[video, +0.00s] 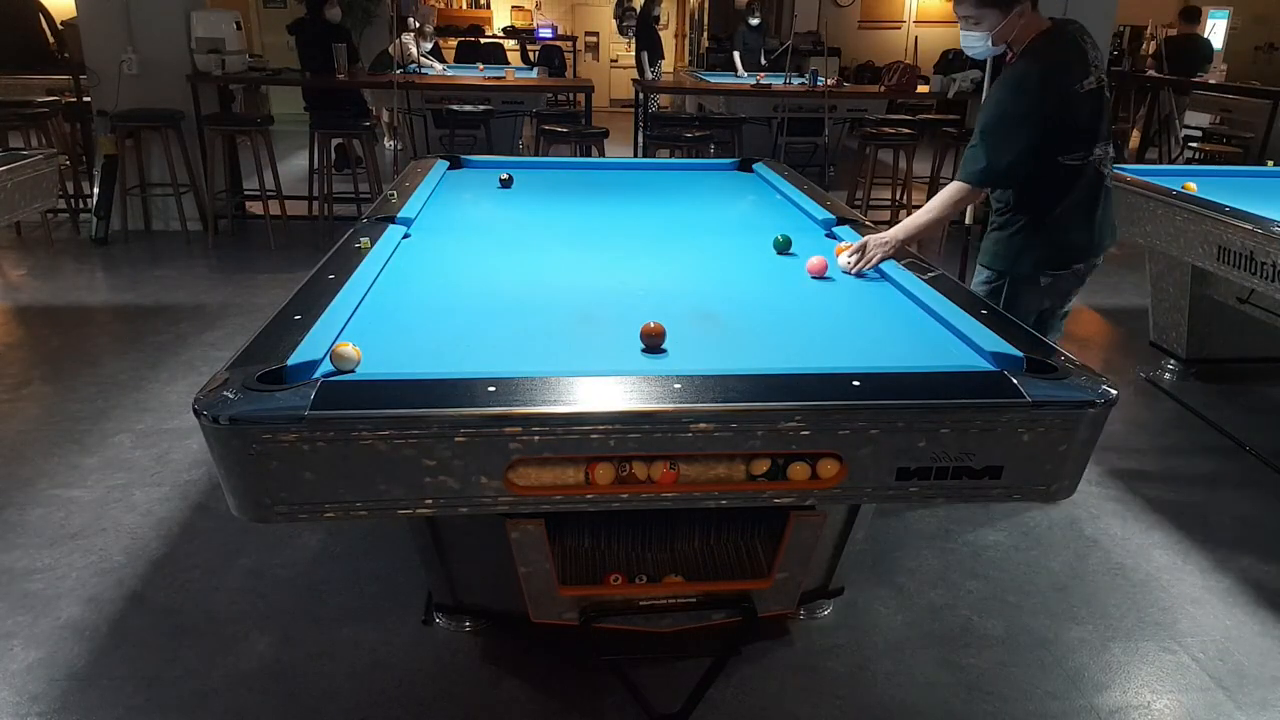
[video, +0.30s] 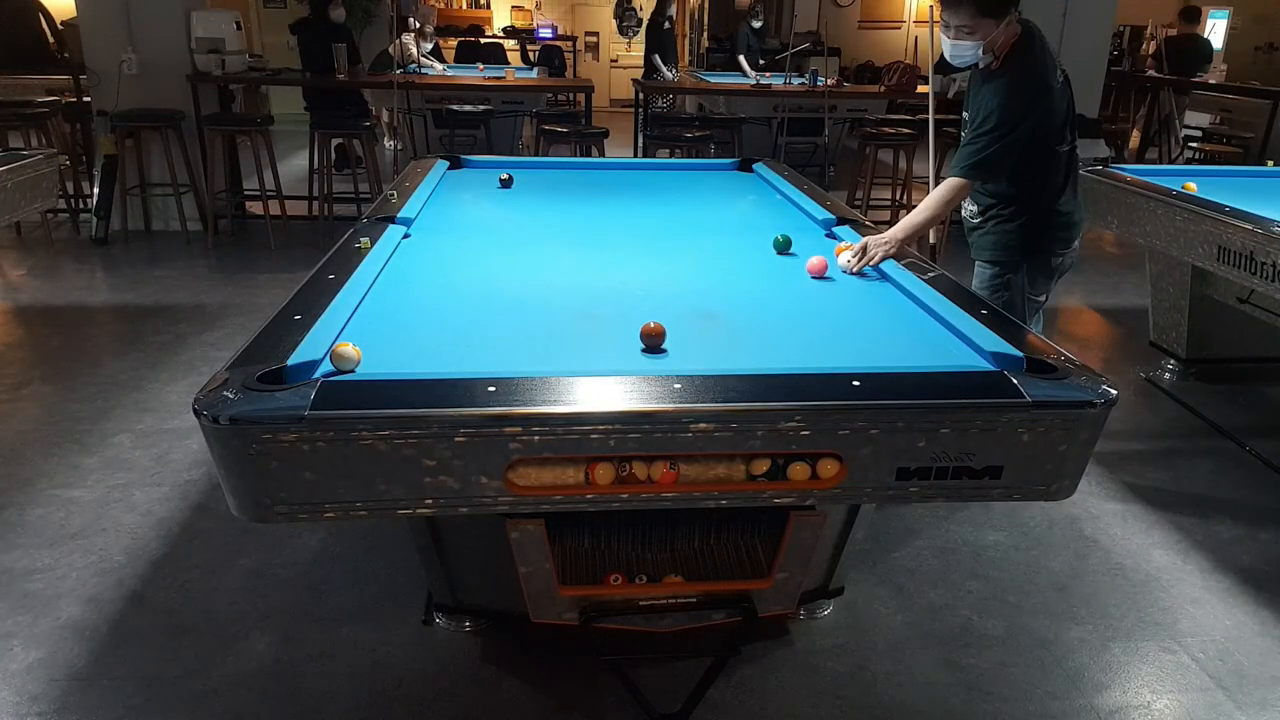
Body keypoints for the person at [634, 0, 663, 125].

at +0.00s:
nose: (660, 9)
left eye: (660, 6)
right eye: (658, 6)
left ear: (651, 6)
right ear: (652, 6)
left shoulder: (649, 23)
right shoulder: (644, 23)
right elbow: (642, 50)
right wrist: (647, 71)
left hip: (655, 63)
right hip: (649, 65)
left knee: (653, 97)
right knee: (649, 97)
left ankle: (650, 126)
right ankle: (646, 127)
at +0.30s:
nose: (675, 7)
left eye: (675, 4)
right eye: (674, 4)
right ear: (667, 6)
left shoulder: (669, 22)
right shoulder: (654, 23)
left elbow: (670, 48)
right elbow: (653, 52)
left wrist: (673, 68)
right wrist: (665, 72)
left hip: (670, 68)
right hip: (656, 70)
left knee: (668, 106)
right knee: (655, 106)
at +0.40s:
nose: (686, 7)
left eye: (686, 4)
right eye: (684, 4)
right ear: (677, 5)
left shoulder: (675, 20)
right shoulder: (670, 20)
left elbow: (675, 47)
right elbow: (668, 50)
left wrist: (686, 64)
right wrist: (686, 63)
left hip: (677, 67)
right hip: (672, 68)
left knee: (677, 102)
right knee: (676, 103)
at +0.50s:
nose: (694, 8)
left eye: (693, 5)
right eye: (693, 5)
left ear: (678, 5)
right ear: (687, 6)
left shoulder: (673, 20)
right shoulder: (683, 21)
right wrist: (698, 62)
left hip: (673, 67)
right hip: (682, 68)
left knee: (675, 101)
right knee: (683, 102)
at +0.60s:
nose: (700, 11)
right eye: (699, 8)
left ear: (683, 6)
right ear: (696, 9)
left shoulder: (671, 22)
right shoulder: (695, 25)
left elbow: (663, 51)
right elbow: (700, 56)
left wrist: (666, 68)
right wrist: (704, 70)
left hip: (670, 72)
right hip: (688, 74)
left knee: (674, 107)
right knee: (684, 108)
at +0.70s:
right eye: (698, 5)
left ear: (680, 5)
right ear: (695, 7)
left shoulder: (669, 21)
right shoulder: (697, 25)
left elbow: (660, 51)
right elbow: (699, 57)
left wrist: (655, 73)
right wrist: (692, 69)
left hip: (669, 76)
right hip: (688, 77)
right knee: (683, 113)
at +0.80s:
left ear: (672, 6)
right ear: (688, 8)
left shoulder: (664, 22)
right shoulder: (692, 23)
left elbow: (657, 53)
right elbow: (694, 55)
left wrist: (653, 74)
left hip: (665, 73)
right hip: (685, 75)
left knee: (668, 111)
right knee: (681, 111)